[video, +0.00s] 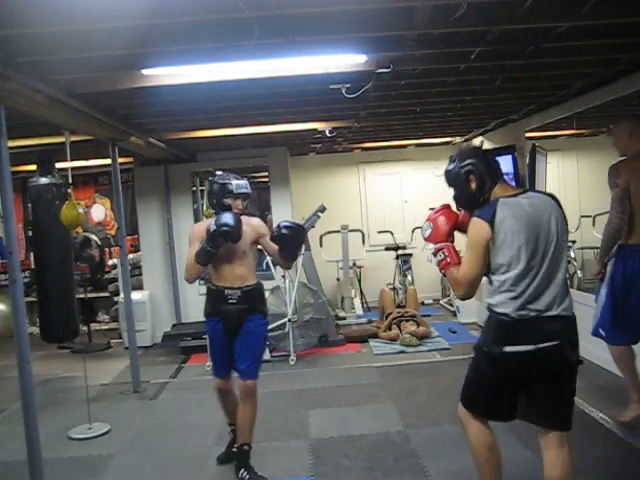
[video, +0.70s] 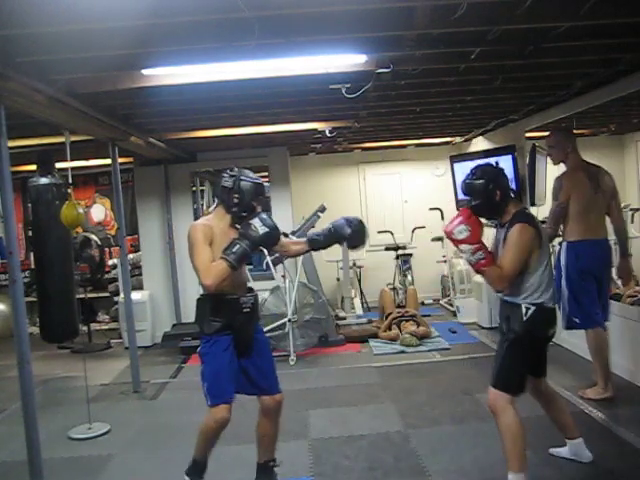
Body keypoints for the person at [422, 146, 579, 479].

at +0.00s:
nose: (457, 197)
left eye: (456, 188)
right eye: (454, 190)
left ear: (473, 179)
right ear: (495, 174)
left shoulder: (487, 218)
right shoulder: (551, 204)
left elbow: (463, 288)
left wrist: (441, 247)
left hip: (507, 339)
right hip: (559, 335)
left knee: (472, 412)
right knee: (554, 436)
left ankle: (492, 475)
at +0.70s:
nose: (478, 207)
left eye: (480, 200)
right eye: (475, 201)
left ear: (497, 194)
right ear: (501, 194)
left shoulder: (522, 227)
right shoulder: (508, 225)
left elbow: (502, 281)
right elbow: (498, 275)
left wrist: (475, 250)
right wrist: (475, 249)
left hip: (529, 317)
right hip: (524, 314)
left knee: (499, 399)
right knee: (538, 385)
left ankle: (516, 474)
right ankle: (577, 446)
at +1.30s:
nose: (436, 199)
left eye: (439, 193)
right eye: (433, 194)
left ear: (454, 191)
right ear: (434, 194)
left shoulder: (480, 218)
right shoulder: (446, 218)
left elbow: (478, 263)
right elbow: (439, 257)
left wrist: (453, 240)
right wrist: (428, 233)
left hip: (484, 292)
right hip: (463, 291)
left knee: (481, 367)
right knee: (467, 350)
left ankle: (514, 435)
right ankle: (485, 396)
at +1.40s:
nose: (433, 201)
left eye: (437, 196)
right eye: (430, 197)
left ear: (452, 193)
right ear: (430, 197)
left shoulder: (475, 220)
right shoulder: (438, 217)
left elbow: (471, 263)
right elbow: (428, 255)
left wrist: (450, 237)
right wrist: (420, 236)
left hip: (473, 289)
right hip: (450, 288)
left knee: (474, 361)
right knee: (455, 349)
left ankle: (504, 430)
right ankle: (485, 397)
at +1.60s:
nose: (421, 190)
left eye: (425, 185)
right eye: (418, 186)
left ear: (440, 182)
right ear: (416, 186)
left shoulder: (460, 207)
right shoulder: (419, 206)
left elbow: (461, 249)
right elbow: (409, 244)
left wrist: (440, 223)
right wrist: (407, 221)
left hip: (454, 276)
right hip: (428, 277)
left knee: (454, 351)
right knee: (427, 338)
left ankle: (464, 395)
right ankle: (469, 381)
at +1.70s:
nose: (413, 194)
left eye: (417, 188)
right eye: (410, 189)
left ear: (431, 187)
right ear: (408, 191)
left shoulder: (450, 213)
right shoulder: (410, 213)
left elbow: (454, 254)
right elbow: (400, 250)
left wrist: (433, 228)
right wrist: (400, 226)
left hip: (445, 282)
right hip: (420, 282)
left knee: (450, 351)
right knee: (407, 338)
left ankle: (463, 398)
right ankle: (440, 371)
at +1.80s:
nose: (403, 200)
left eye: (408, 194)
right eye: (400, 195)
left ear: (421, 193)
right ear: (398, 197)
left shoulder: (438, 218)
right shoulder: (398, 218)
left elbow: (442, 259)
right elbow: (389, 257)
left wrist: (425, 232)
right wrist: (391, 233)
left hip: (433, 286)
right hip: (407, 286)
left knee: (444, 355)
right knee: (392, 337)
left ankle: (461, 400)